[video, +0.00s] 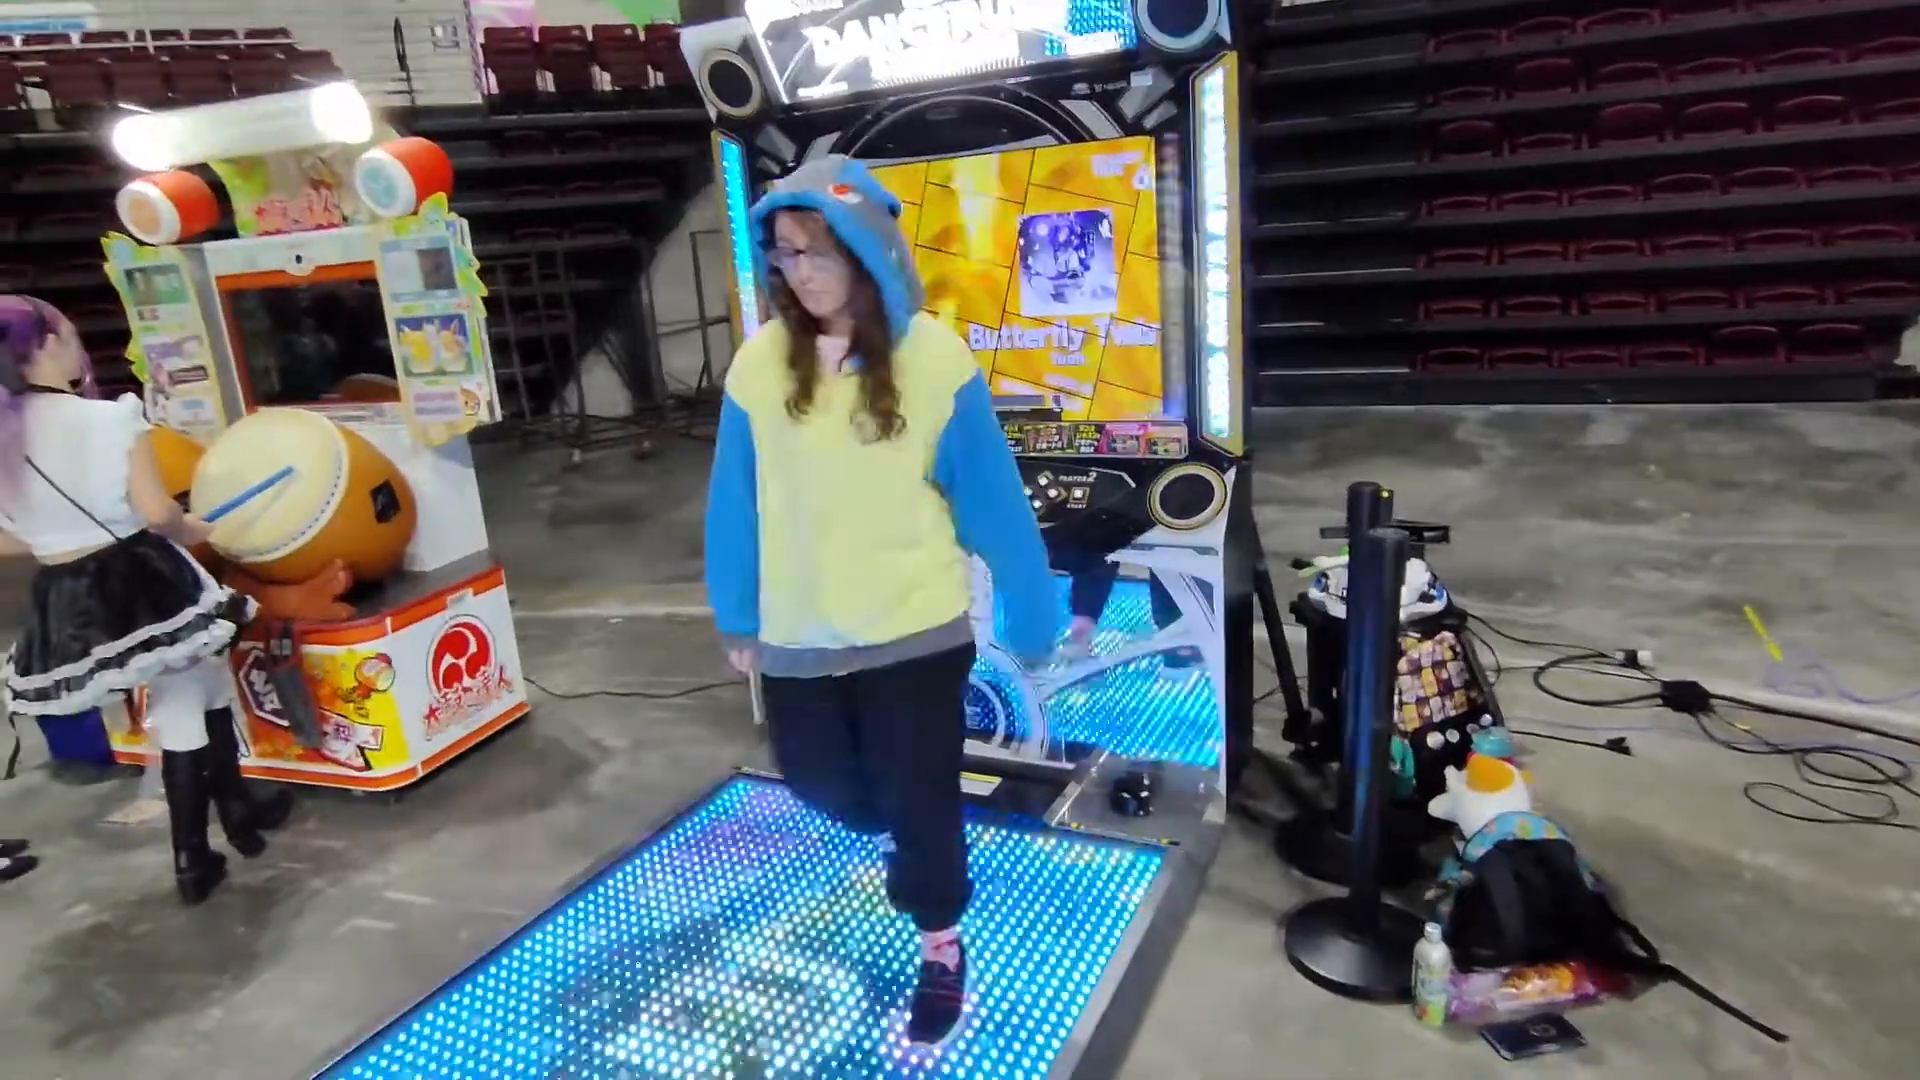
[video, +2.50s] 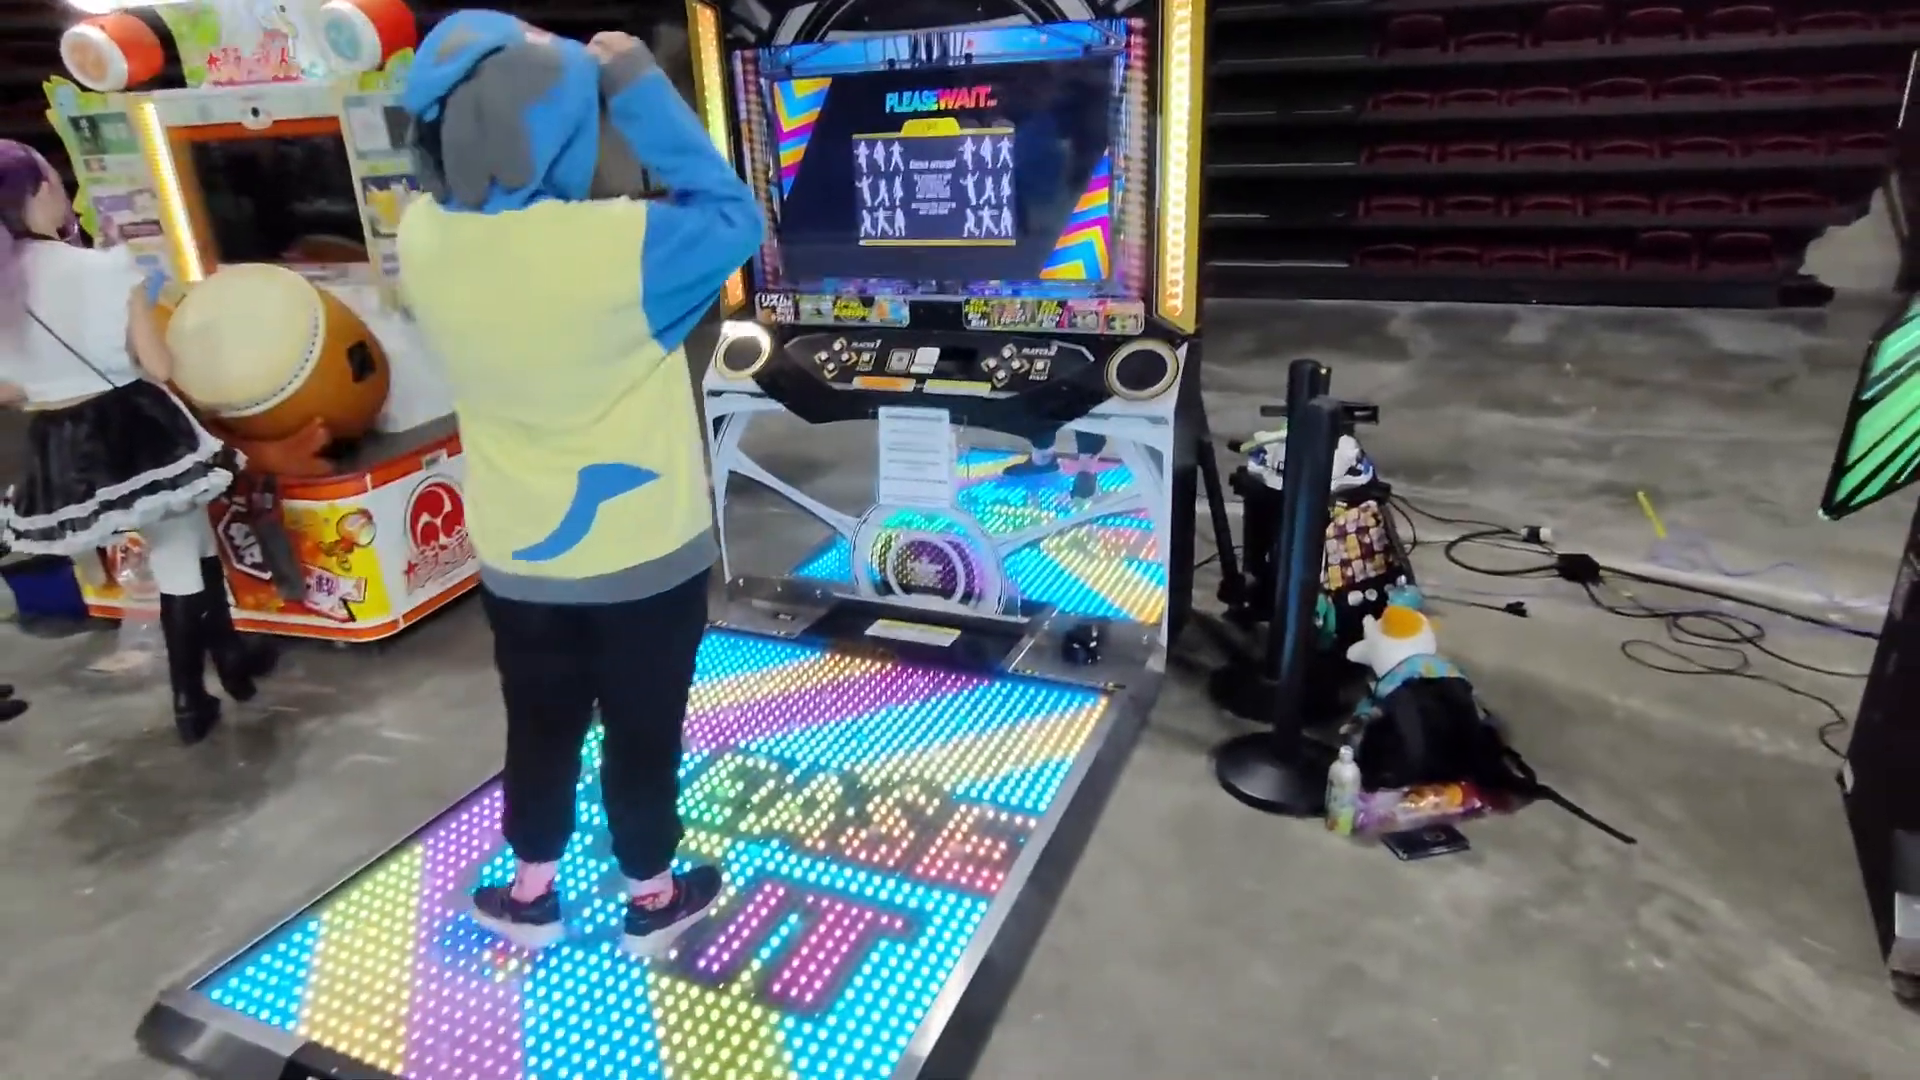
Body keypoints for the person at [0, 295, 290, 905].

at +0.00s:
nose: (79, 347)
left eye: (73, 335)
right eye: (70, 336)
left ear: (18, 356)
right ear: (45, 347)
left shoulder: (8, 434)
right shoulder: (111, 420)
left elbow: (11, 537)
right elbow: (157, 514)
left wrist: (58, 544)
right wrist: (192, 529)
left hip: (69, 598)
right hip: (142, 585)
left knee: (208, 670)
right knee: (178, 705)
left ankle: (239, 807)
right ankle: (191, 857)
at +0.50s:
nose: (94, 343)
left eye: (86, 332)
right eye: (84, 334)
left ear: (31, 357)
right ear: (58, 348)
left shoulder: (14, 430)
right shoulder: (117, 418)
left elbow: (11, 535)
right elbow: (179, 506)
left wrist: (69, 535)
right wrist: (222, 477)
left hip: (78, 593)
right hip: (148, 582)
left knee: (209, 675)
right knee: (184, 706)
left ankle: (243, 808)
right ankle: (194, 858)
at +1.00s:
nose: (24, 317)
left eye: (17, 305)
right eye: (16, 305)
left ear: (4, 313)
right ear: (3, 313)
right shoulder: (67, 389)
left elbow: (120, 483)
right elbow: (124, 485)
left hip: (16, 578)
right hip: (86, 571)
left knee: (140, 658)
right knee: (131, 687)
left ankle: (182, 796)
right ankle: (130, 846)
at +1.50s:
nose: (30, 261)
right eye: (24, 251)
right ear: (16, 257)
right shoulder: (48, 323)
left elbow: (92, 419)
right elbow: (94, 421)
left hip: (11, 505)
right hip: (70, 493)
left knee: (125, 593)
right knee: (108, 623)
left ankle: (165, 726)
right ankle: (118, 774)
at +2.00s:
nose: (46, 211)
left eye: (41, 199)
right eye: (38, 199)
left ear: (3, 211)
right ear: (15, 206)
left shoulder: (5, 283)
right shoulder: (84, 281)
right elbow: (139, 377)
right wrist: (125, 317)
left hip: (35, 450)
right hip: (108, 441)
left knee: (170, 539)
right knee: (159, 564)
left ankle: (212, 671)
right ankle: (170, 718)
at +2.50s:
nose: (65, 195)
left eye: (59, 184)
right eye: (57, 185)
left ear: (11, 204)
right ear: (33, 196)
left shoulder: (5, 283)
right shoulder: (106, 267)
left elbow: (10, 389)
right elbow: (156, 365)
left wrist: (58, 386)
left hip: (62, 440)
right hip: (134, 426)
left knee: (181, 533)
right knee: (175, 550)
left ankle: (233, 654)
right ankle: (190, 702)